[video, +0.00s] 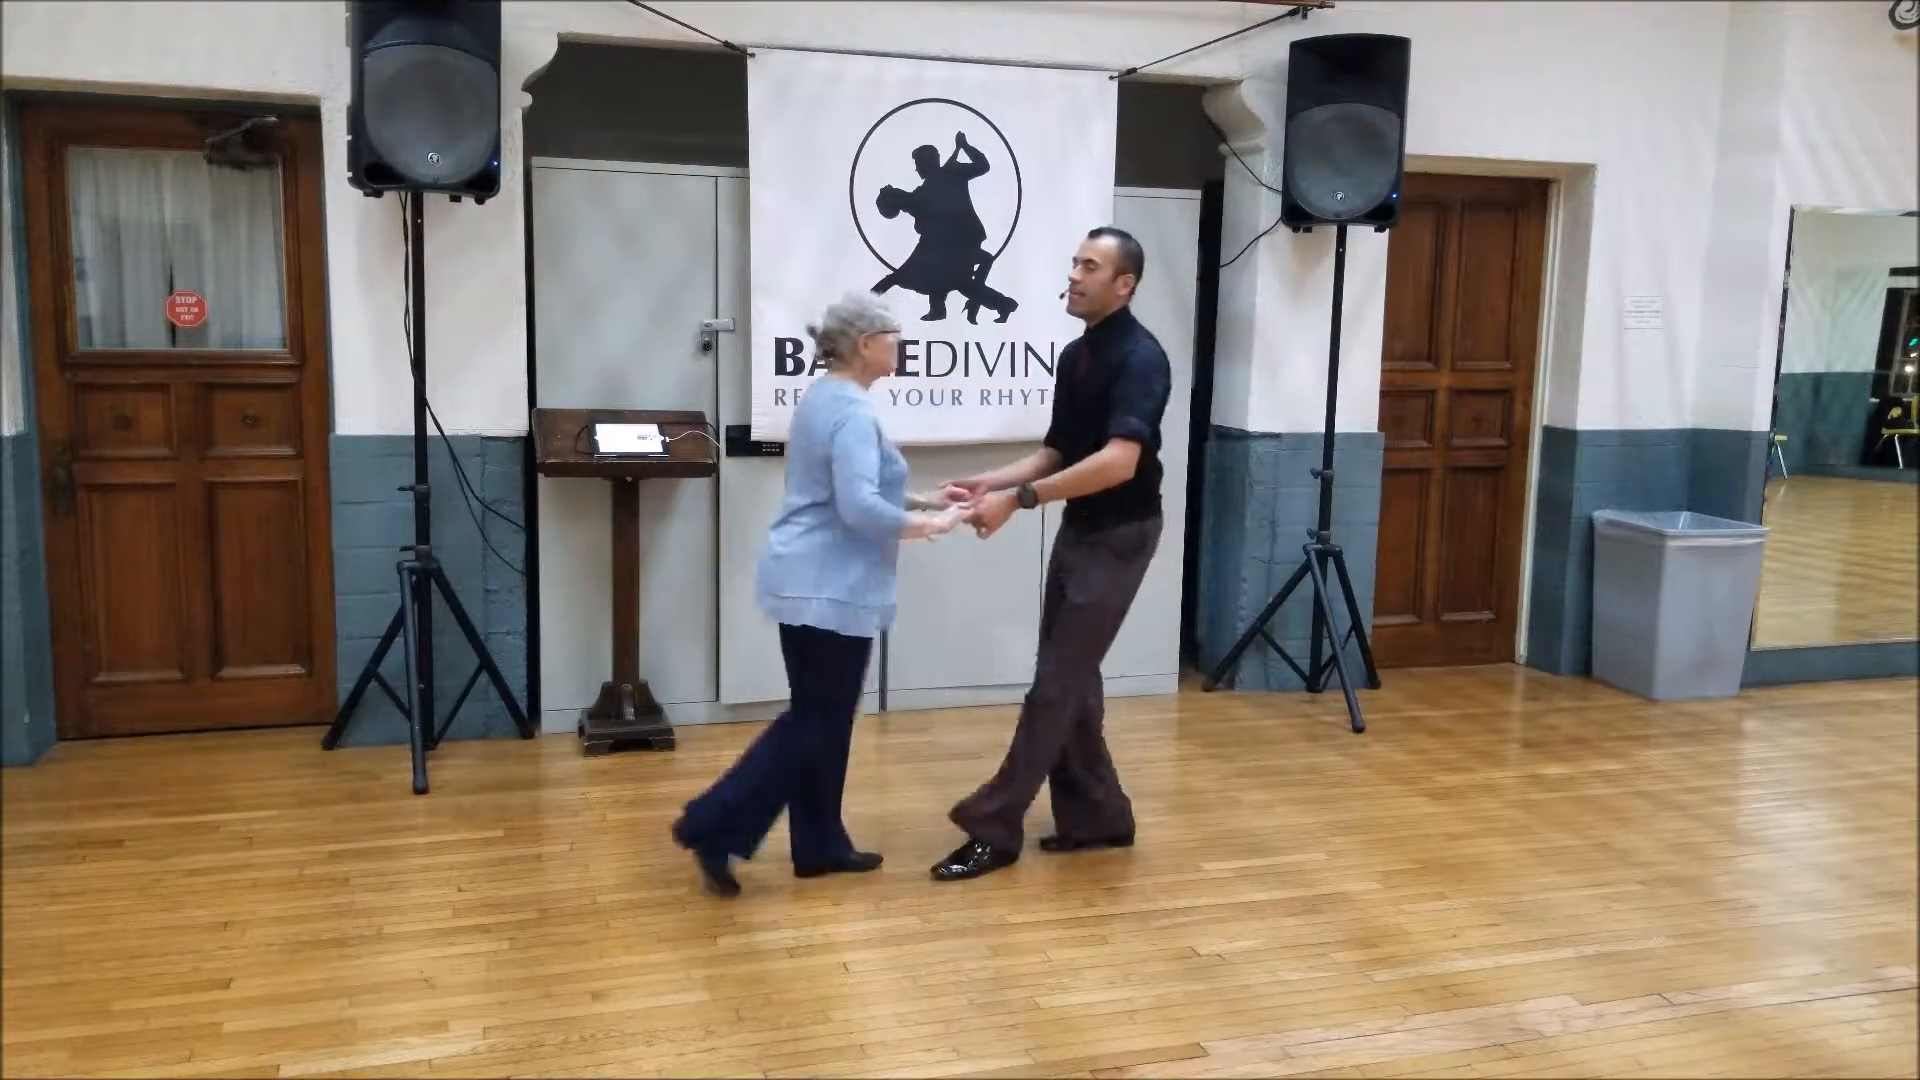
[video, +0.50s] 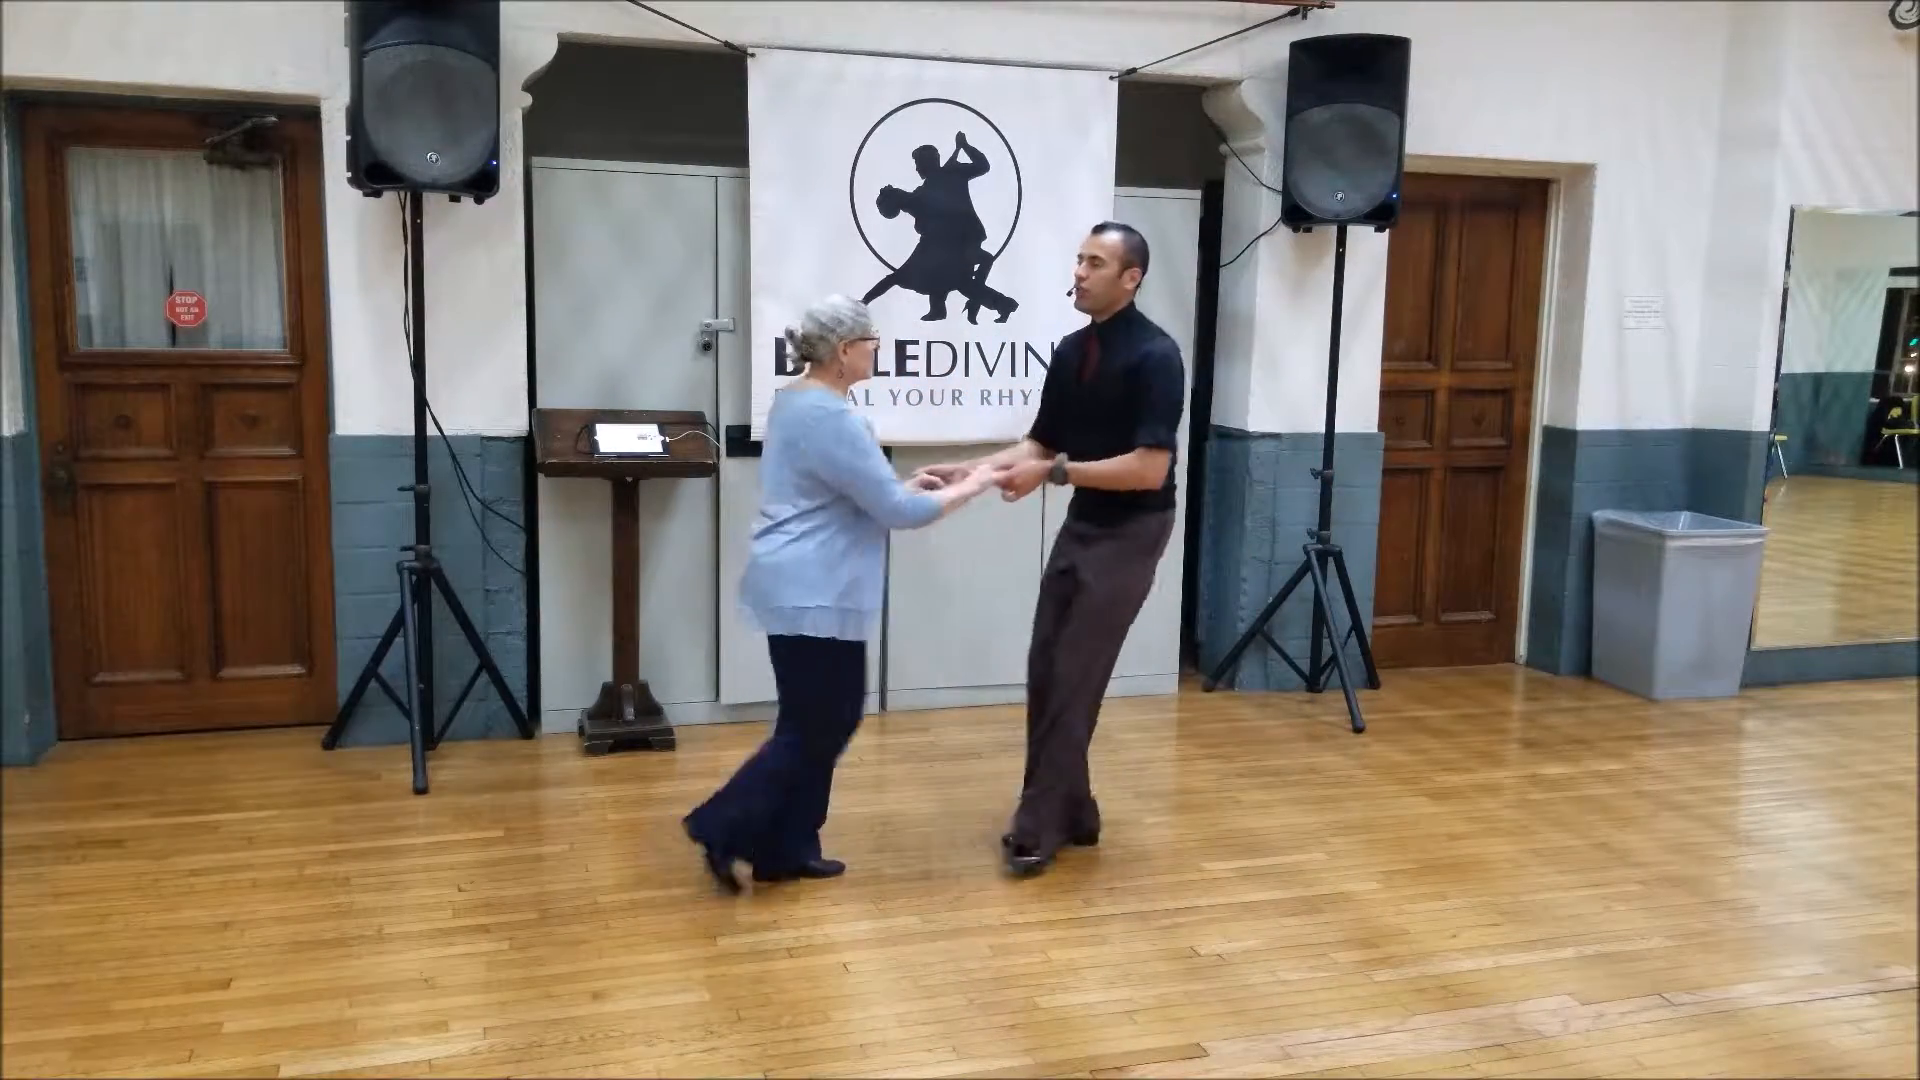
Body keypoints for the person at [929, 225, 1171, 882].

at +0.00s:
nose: (1073, 275)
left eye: (1088, 267)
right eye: (1075, 264)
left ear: (1125, 283)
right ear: (1081, 276)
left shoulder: (1140, 356)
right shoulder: (1078, 353)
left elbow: (1120, 461)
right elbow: (1057, 451)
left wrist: (1020, 497)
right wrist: (990, 482)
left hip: (1121, 532)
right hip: (1080, 525)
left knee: (1060, 674)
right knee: (1065, 672)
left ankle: (997, 830)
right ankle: (1097, 817)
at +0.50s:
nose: (1079, 272)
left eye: (1094, 265)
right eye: (1080, 261)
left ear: (1131, 277)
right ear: (1081, 269)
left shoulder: (1156, 355)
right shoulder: (1071, 351)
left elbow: (1152, 468)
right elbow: (1041, 446)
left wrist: (1056, 471)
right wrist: (966, 473)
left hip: (1132, 531)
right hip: (1082, 524)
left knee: (1074, 669)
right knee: (1047, 667)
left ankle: (1035, 829)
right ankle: (1074, 812)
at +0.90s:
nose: (1144, 279)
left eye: (1159, 270)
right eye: (1147, 267)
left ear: (1198, 282)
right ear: (1173, 279)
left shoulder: (1232, 355)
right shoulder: (1160, 355)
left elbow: (1239, 470)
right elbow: (1118, 441)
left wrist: (1141, 460)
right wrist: (1076, 463)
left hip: (1238, 533)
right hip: (1187, 528)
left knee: (1232, 678)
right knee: (1143, 662)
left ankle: (1272, 825)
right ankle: (1090, 805)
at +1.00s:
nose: (1159, 289)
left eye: (1172, 280)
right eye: (1161, 278)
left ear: (1209, 289)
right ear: (1194, 289)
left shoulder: (1246, 361)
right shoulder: (1192, 355)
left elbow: (1236, 478)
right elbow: (1163, 447)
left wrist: (1147, 481)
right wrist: (1114, 481)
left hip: (1267, 535)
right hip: (1218, 533)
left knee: (1256, 680)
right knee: (1171, 658)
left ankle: (1266, 833)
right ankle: (1183, 804)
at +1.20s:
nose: (1181, 287)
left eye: (1193, 278)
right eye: (1184, 275)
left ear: (1229, 288)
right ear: (1222, 287)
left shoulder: (1257, 356)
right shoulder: (1216, 343)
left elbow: (1231, 471)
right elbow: (1209, 447)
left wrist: (1132, 482)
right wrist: (1134, 458)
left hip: (1283, 527)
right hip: (1253, 523)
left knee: (1258, 680)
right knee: (1235, 674)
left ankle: (1262, 833)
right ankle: (1339, 787)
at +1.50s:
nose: (1209, 299)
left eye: (1220, 290)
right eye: (1212, 287)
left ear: (1258, 302)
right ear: (1254, 300)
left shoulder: (1279, 372)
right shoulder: (1258, 360)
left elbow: (1258, 489)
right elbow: (1245, 461)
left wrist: (1173, 484)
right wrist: (1188, 464)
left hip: (1290, 544)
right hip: (1288, 539)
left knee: (1200, 671)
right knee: (1329, 677)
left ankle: (1249, 817)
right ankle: (1390, 815)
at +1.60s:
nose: (1206, 300)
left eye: (1217, 291)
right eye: (1209, 288)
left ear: (1255, 303)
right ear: (1249, 301)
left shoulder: (1282, 375)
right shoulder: (1247, 363)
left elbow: (1268, 487)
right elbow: (1234, 465)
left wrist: (1181, 470)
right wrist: (1173, 473)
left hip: (1281, 548)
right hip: (1271, 544)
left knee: (1204, 681)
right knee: (1320, 683)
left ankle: (1246, 831)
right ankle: (1383, 819)